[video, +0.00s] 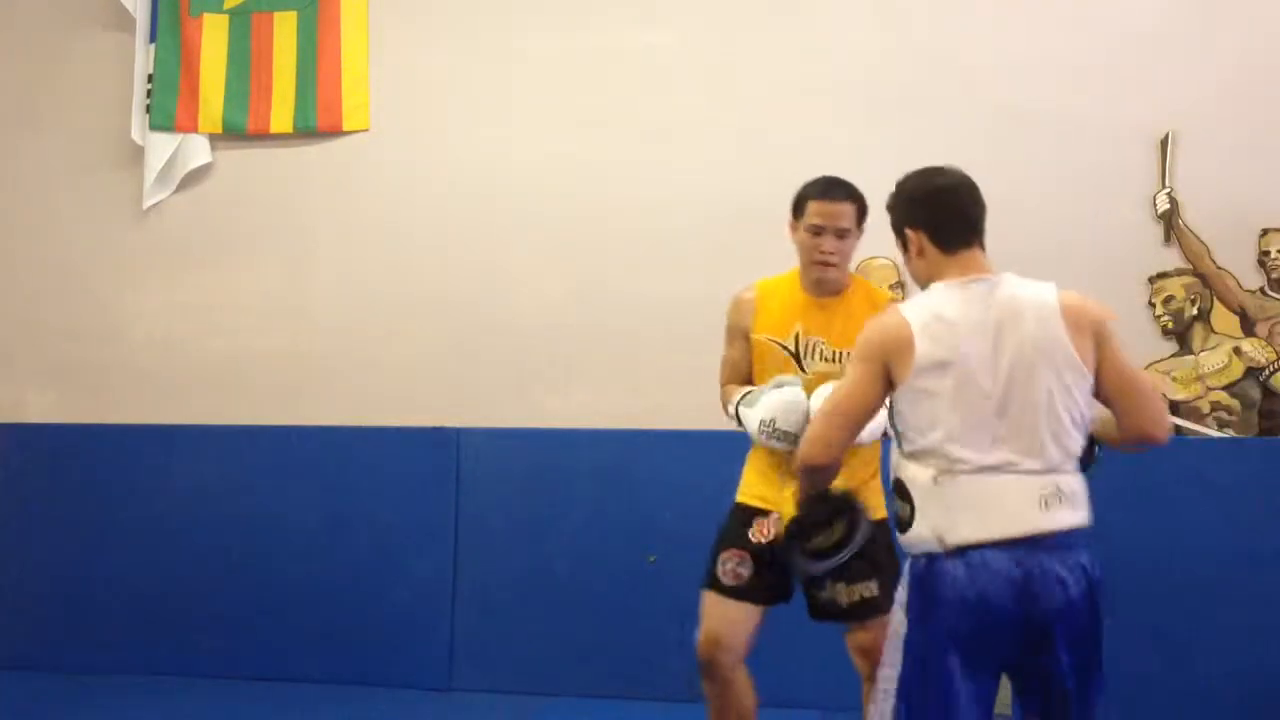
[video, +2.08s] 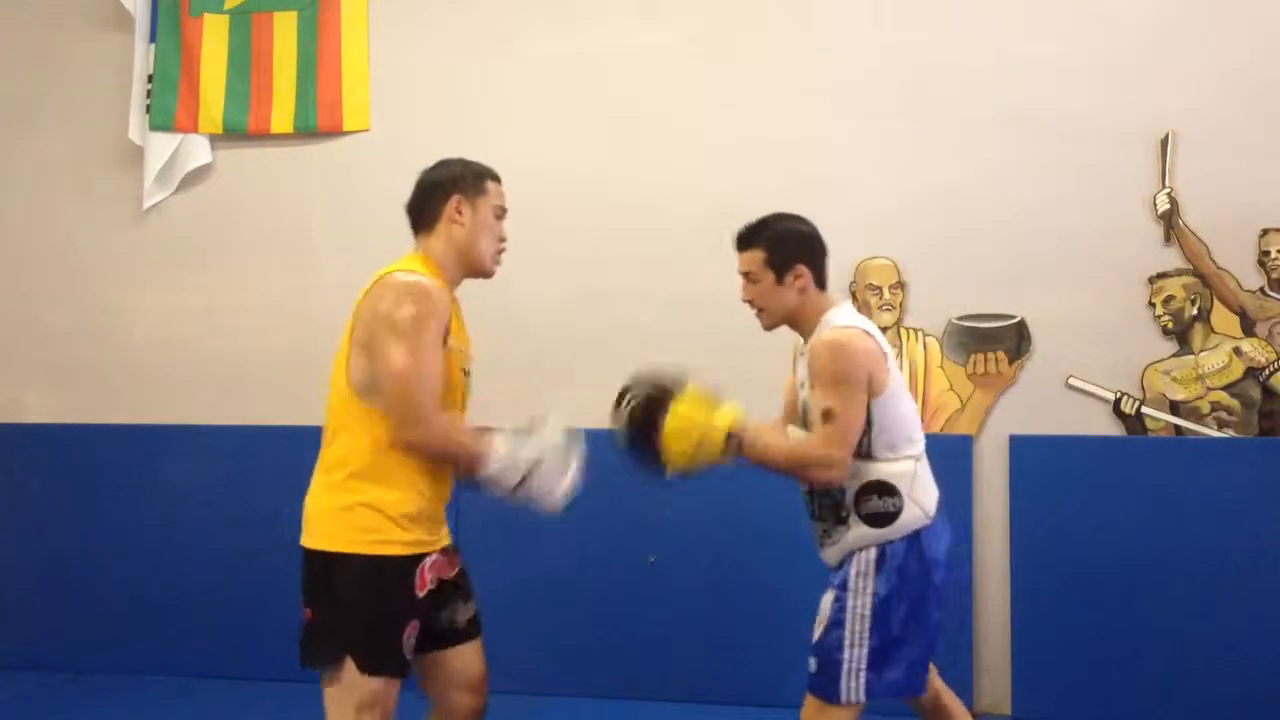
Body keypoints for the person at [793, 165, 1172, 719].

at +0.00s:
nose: (904, 260)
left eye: (900, 246)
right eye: (901, 246)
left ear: (915, 242)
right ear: (978, 226)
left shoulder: (894, 332)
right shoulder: (1075, 313)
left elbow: (817, 456)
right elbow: (1151, 426)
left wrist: (811, 491)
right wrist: (1074, 420)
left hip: (953, 574)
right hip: (1062, 566)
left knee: (935, 709)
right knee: (1066, 709)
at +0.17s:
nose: (901, 275)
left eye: (898, 261)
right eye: (898, 261)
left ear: (913, 259)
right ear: (971, 243)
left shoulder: (909, 341)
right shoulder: (1059, 325)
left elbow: (856, 458)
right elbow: (1120, 426)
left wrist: (831, 428)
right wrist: (1044, 406)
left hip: (958, 582)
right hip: (1056, 571)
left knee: (900, 709)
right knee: (1037, 711)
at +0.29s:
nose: (897, 282)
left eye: (896, 266)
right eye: (894, 267)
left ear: (919, 264)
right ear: (970, 251)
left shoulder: (937, 337)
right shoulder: (1035, 319)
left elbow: (908, 449)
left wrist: (849, 486)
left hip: (982, 564)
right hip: (1060, 555)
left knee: (927, 707)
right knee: (1027, 708)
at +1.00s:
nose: (861, 275)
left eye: (871, 261)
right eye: (862, 261)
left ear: (916, 266)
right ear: (915, 268)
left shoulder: (933, 337)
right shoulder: (957, 322)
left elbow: (931, 454)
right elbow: (959, 432)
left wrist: (845, 438)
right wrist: (884, 417)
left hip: (977, 541)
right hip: (1006, 533)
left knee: (927, 702)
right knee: (987, 692)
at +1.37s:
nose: (850, 286)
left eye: (860, 271)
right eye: (850, 271)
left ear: (907, 275)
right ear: (905, 277)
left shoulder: (931, 344)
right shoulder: (918, 337)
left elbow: (917, 460)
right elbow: (889, 433)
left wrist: (823, 455)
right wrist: (810, 443)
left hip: (954, 543)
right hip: (980, 539)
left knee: (887, 709)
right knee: (987, 702)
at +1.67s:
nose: (780, 301)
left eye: (791, 287)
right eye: (780, 287)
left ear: (837, 292)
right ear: (834, 295)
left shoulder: (865, 363)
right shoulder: (835, 356)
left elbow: (864, 486)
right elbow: (822, 457)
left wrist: (769, 503)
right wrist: (758, 487)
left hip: (920, 551)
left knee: (844, 708)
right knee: (929, 691)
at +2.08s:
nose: (744, 294)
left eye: (752, 279)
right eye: (743, 280)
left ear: (799, 280)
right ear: (798, 281)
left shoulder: (841, 346)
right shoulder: (811, 344)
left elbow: (828, 462)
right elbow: (792, 434)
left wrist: (733, 432)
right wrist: (718, 435)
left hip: (886, 546)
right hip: (880, 541)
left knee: (827, 708)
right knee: (921, 685)